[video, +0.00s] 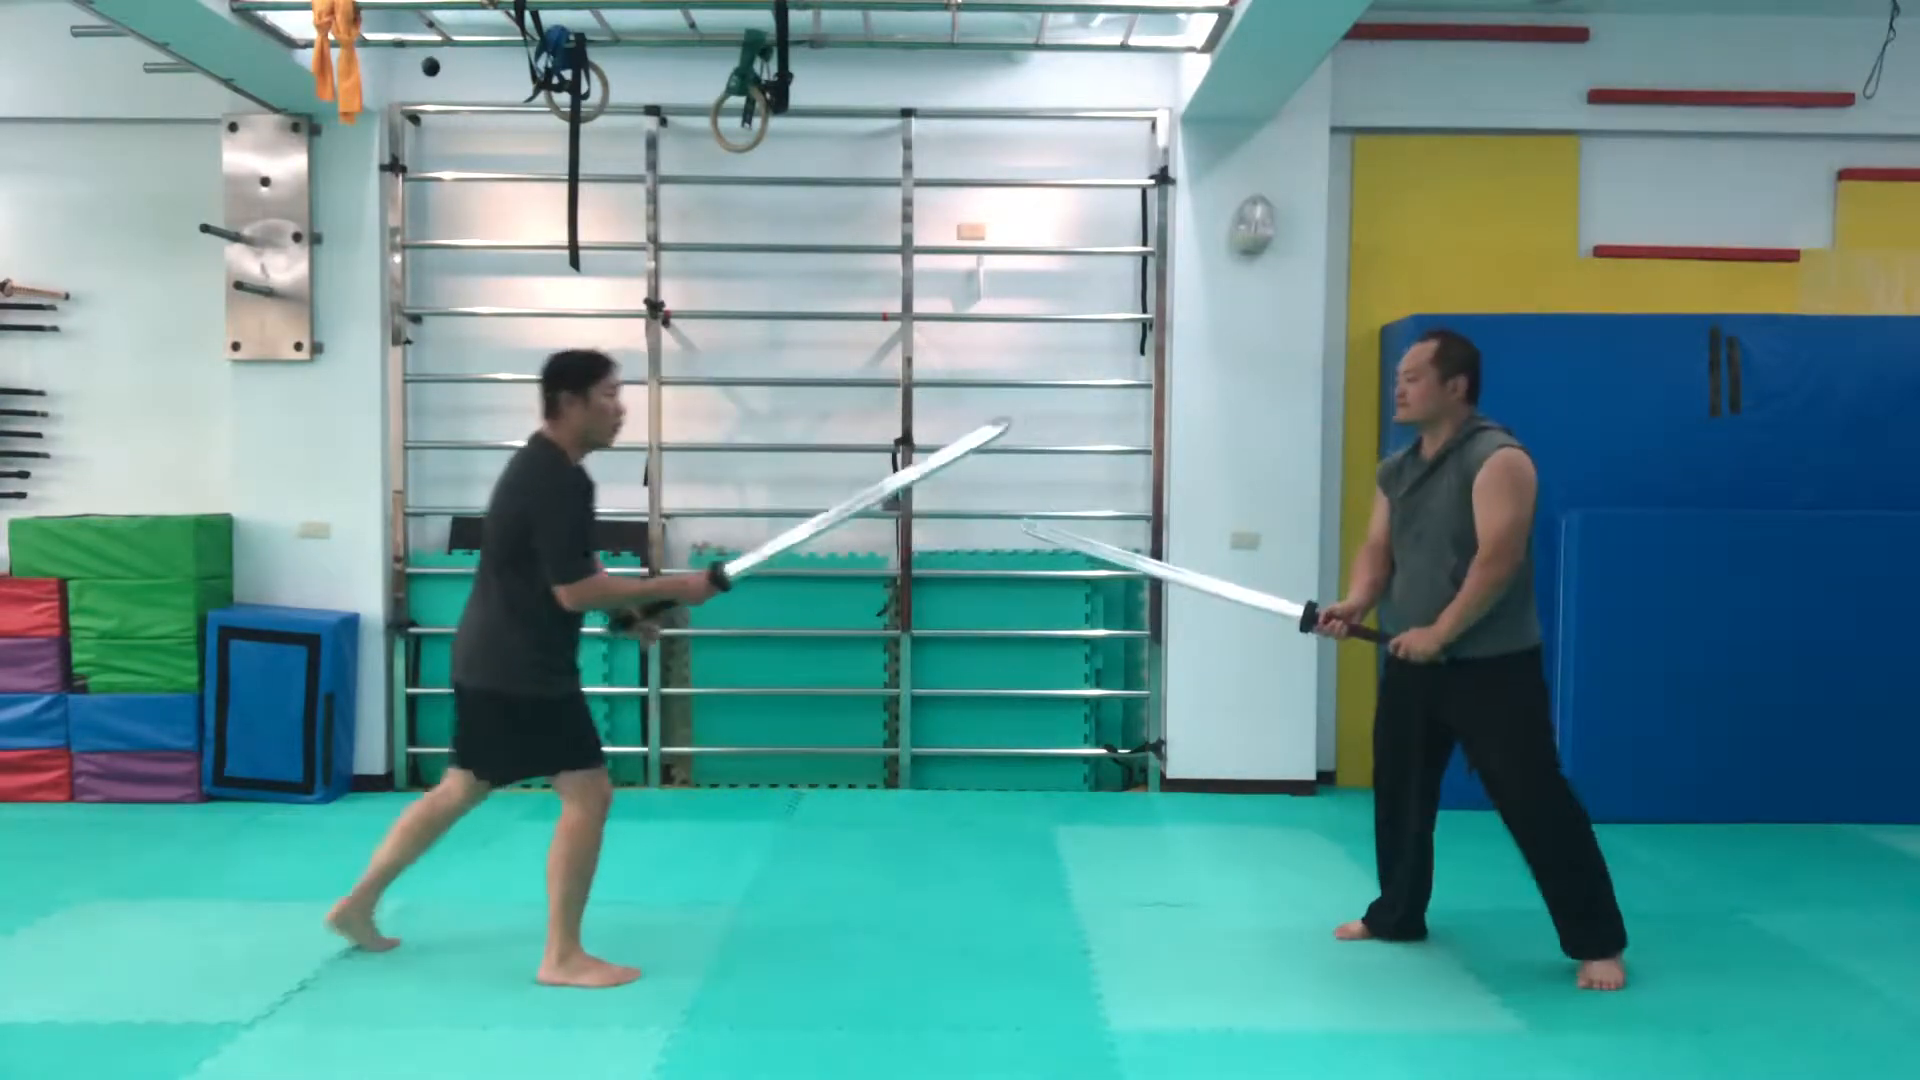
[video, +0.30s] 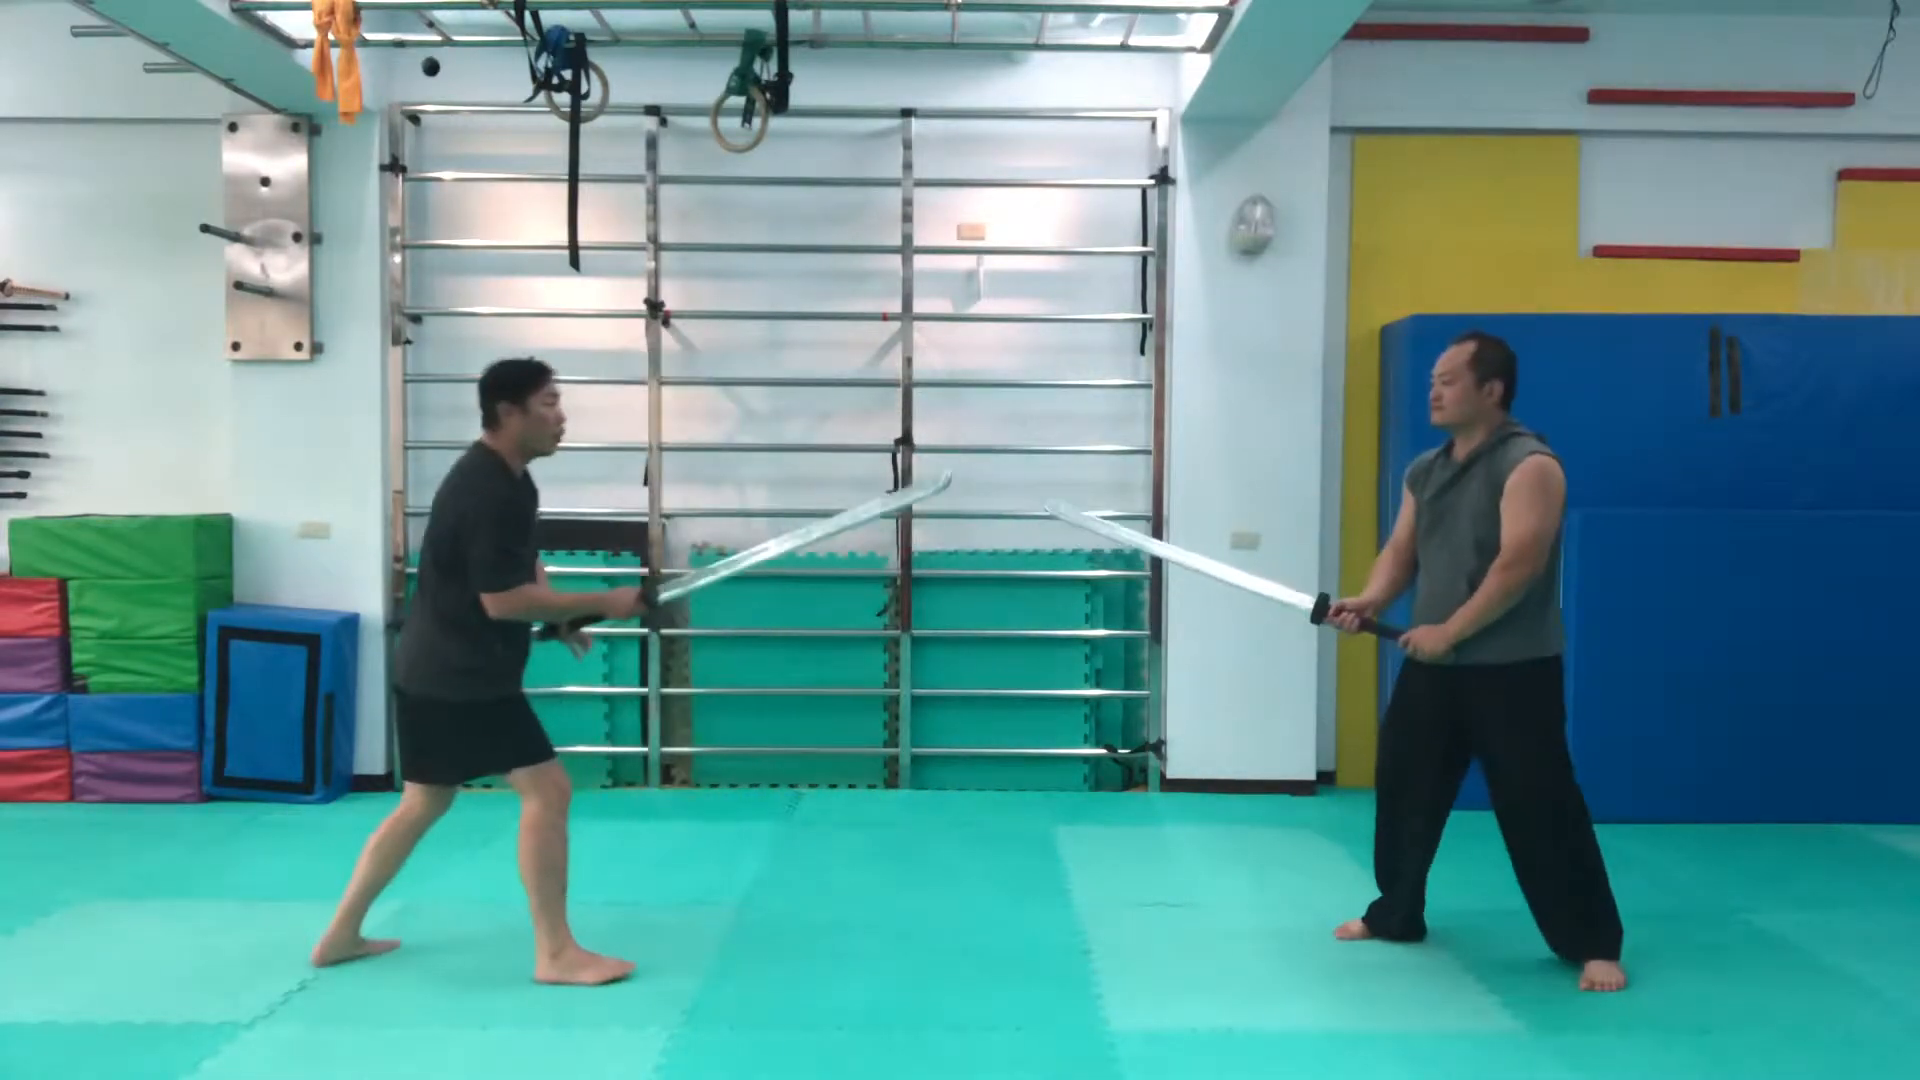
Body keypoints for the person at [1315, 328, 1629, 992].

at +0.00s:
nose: (1399, 388)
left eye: (1412, 379)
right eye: (1399, 379)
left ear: (1457, 388)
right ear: (1415, 390)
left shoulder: (1500, 462)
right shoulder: (1396, 471)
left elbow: (1500, 561)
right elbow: (1377, 552)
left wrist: (1437, 631)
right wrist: (1355, 605)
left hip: (1493, 665)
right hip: (1413, 664)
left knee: (1535, 801)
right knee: (1400, 792)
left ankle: (1599, 945)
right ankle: (1398, 916)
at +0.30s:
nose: (1434, 392)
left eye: (1448, 382)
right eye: (1434, 381)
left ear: (1491, 391)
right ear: (1446, 391)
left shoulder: (1530, 467)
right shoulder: (1426, 471)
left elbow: (1519, 565)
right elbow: (1401, 551)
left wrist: (1449, 629)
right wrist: (1370, 600)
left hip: (1513, 671)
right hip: (1432, 668)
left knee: (1542, 806)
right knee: (1404, 787)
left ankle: (1597, 948)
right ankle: (1396, 915)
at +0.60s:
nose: (1425, 393)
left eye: (1439, 384)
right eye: (1426, 383)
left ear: (1483, 392)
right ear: (1440, 392)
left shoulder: (1525, 467)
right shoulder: (1421, 475)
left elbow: (1509, 562)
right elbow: (1391, 552)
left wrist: (1428, 620)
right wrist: (1348, 591)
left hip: (1510, 673)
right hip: (1426, 669)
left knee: (1539, 807)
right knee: (1398, 787)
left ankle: (1594, 951)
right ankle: (1393, 915)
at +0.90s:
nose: (1372, 425)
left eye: (1385, 413)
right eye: (1371, 413)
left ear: (1429, 419)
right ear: (1377, 420)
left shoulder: (1481, 481)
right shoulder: (1366, 496)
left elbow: (1428, 555)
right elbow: (1305, 546)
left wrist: (1339, 587)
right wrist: (1251, 554)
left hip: (1487, 686)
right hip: (1399, 687)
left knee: (1497, 815)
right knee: (1378, 797)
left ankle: (1533, 942)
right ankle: (1391, 915)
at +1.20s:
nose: (1346, 452)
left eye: (1354, 439)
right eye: (1342, 440)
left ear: (1400, 429)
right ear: (1374, 438)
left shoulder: (1459, 462)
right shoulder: (1363, 492)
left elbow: (1382, 539)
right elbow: (1333, 567)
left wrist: (1302, 587)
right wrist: (1263, 619)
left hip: (1472, 687)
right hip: (1389, 688)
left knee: (1470, 860)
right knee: (1357, 796)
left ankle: (1528, 1039)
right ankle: (1398, 897)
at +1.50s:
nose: (1276, 471)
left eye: (1279, 459)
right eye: (1272, 460)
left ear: (1315, 439)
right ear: (1300, 444)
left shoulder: (1380, 468)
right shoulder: (1330, 503)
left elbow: (1262, 409)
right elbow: (1267, 530)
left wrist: (1204, 395)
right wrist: (1217, 456)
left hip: (1423, 703)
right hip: (1358, 697)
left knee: (1431, 889)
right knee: (1241, 677)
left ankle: (1525, 1043)